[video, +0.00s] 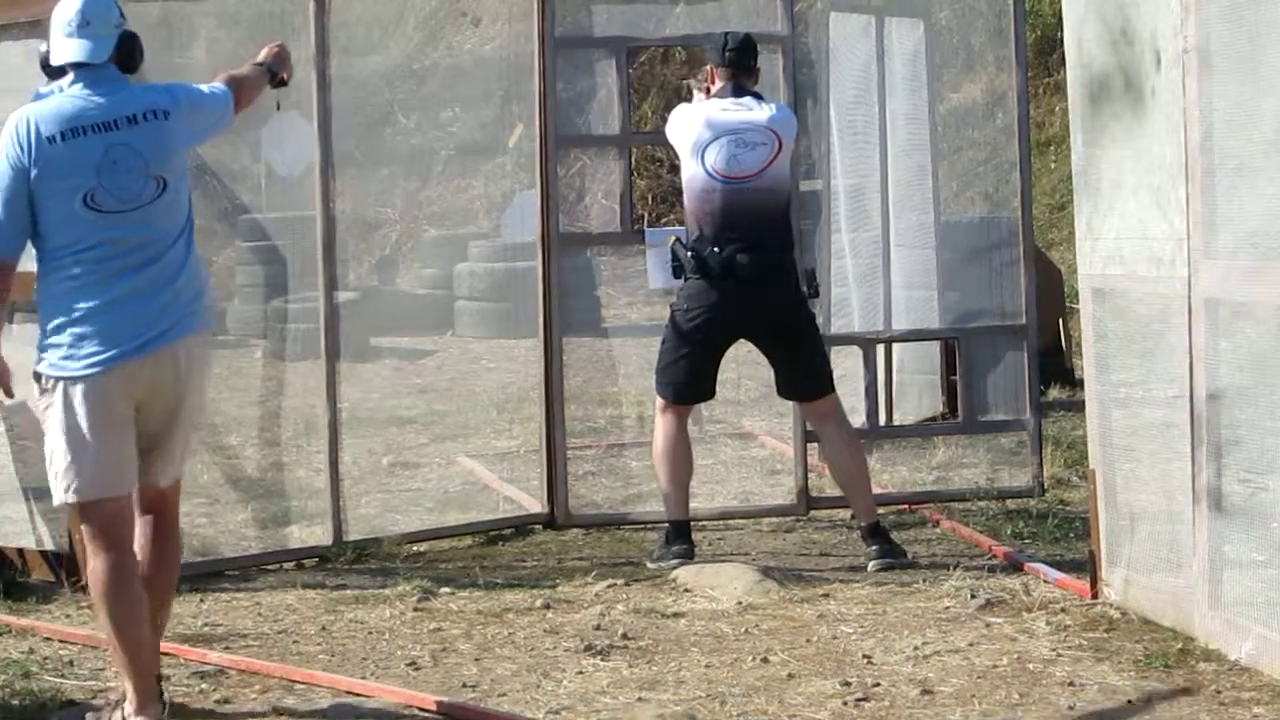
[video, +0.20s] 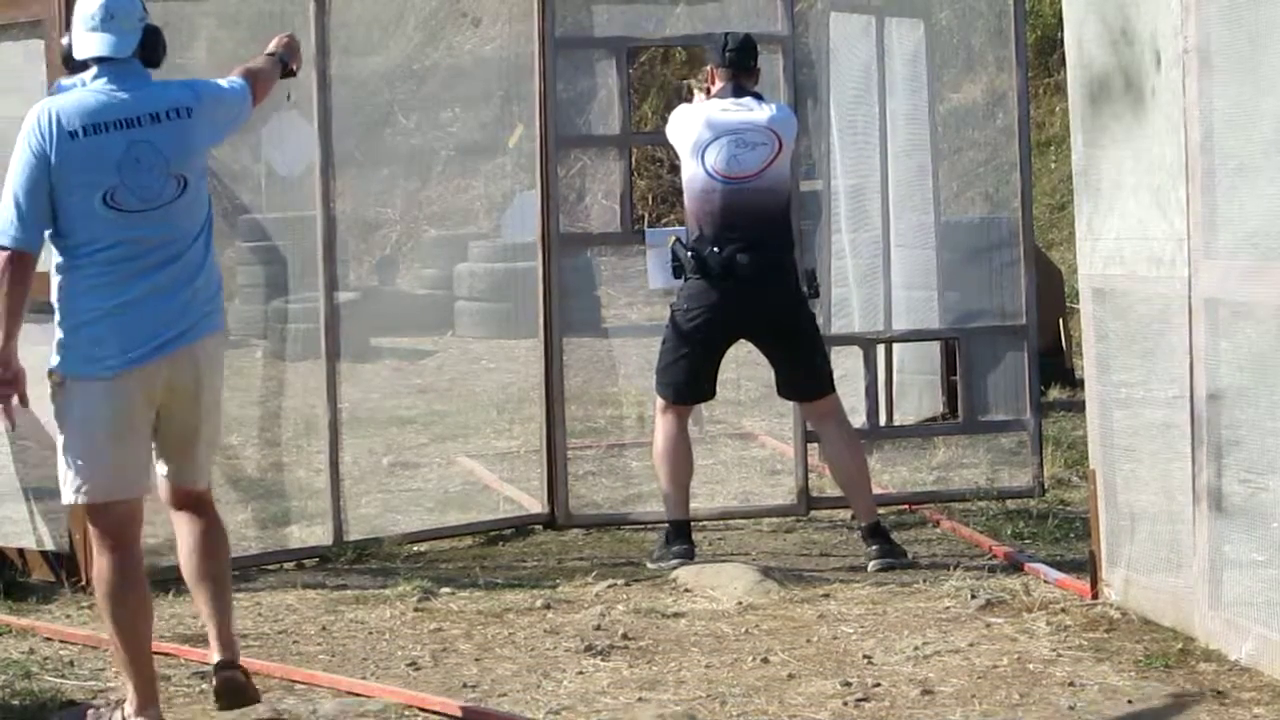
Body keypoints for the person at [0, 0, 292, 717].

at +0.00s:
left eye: (56, 51)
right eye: (120, 46)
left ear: (52, 56)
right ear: (123, 49)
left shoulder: (25, 129)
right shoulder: (169, 107)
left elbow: (7, 271)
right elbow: (237, 93)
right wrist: (269, 64)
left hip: (84, 351)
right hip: (177, 332)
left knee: (106, 539)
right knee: (159, 510)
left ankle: (145, 703)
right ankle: (141, 686)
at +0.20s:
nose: (65, 52)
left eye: (68, 43)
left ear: (73, 51)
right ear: (146, 47)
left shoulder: (49, 120)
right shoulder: (191, 104)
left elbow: (17, 255)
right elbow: (250, 86)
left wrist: (6, 353)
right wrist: (277, 54)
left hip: (101, 352)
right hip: (195, 335)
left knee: (114, 535)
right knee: (192, 495)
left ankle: (142, 703)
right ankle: (225, 653)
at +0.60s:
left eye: (148, 55)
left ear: (147, 57)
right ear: (223, 50)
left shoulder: (130, 125)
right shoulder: (268, 107)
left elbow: (101, 262)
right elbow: (308, 79)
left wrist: (84, 364)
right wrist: (323, 45)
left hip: (168, 356)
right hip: (268, 344)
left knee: (149, 537)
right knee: (293, 532)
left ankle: (144, 704)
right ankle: (329, 702)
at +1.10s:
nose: (222, 59)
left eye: (225, 46)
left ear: (222, 47)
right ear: (296, 39)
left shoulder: (206, 111)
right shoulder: (341, 100)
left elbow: (176, 245)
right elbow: (368, 80)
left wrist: (153, 345)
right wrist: (378, 49)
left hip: (238, 349)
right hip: (338, 337)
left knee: (218, 523)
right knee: (329, 528)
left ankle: (250, 696)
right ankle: (338, 703)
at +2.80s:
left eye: (230, 52)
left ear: (235, 53)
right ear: (316, 42)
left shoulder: (219, 120)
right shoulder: (362, 99)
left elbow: (193, 263)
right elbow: (384, 60)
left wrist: (172, 369)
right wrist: (392, 28)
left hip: (263, 373)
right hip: (366, 356)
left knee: (262, 553)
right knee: (400, 535)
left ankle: (286, 711)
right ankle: (462, 697)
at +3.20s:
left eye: (322, 47)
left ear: (324, 52)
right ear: (403, 42)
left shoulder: (317, 123)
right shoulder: (453, 100)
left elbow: (299, 268)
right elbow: (462, 65)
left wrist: (280, 376)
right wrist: (462, 33)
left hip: (354, 367)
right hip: (455, 356)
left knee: (313, 545)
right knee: (461, 551)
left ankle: (298, 709)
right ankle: (476, 713)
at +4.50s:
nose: (378, 62)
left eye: (380, 48)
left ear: (387, 49)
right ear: (469, 41)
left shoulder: (366, 119)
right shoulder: (524, 101)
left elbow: (334, 269)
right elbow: (548, 69)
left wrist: (311, 383)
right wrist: (551, 32)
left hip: (409, 388)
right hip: (518, 375)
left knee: (400, 583)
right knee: (536, 565)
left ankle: (410, 714)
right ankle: (599, 710)